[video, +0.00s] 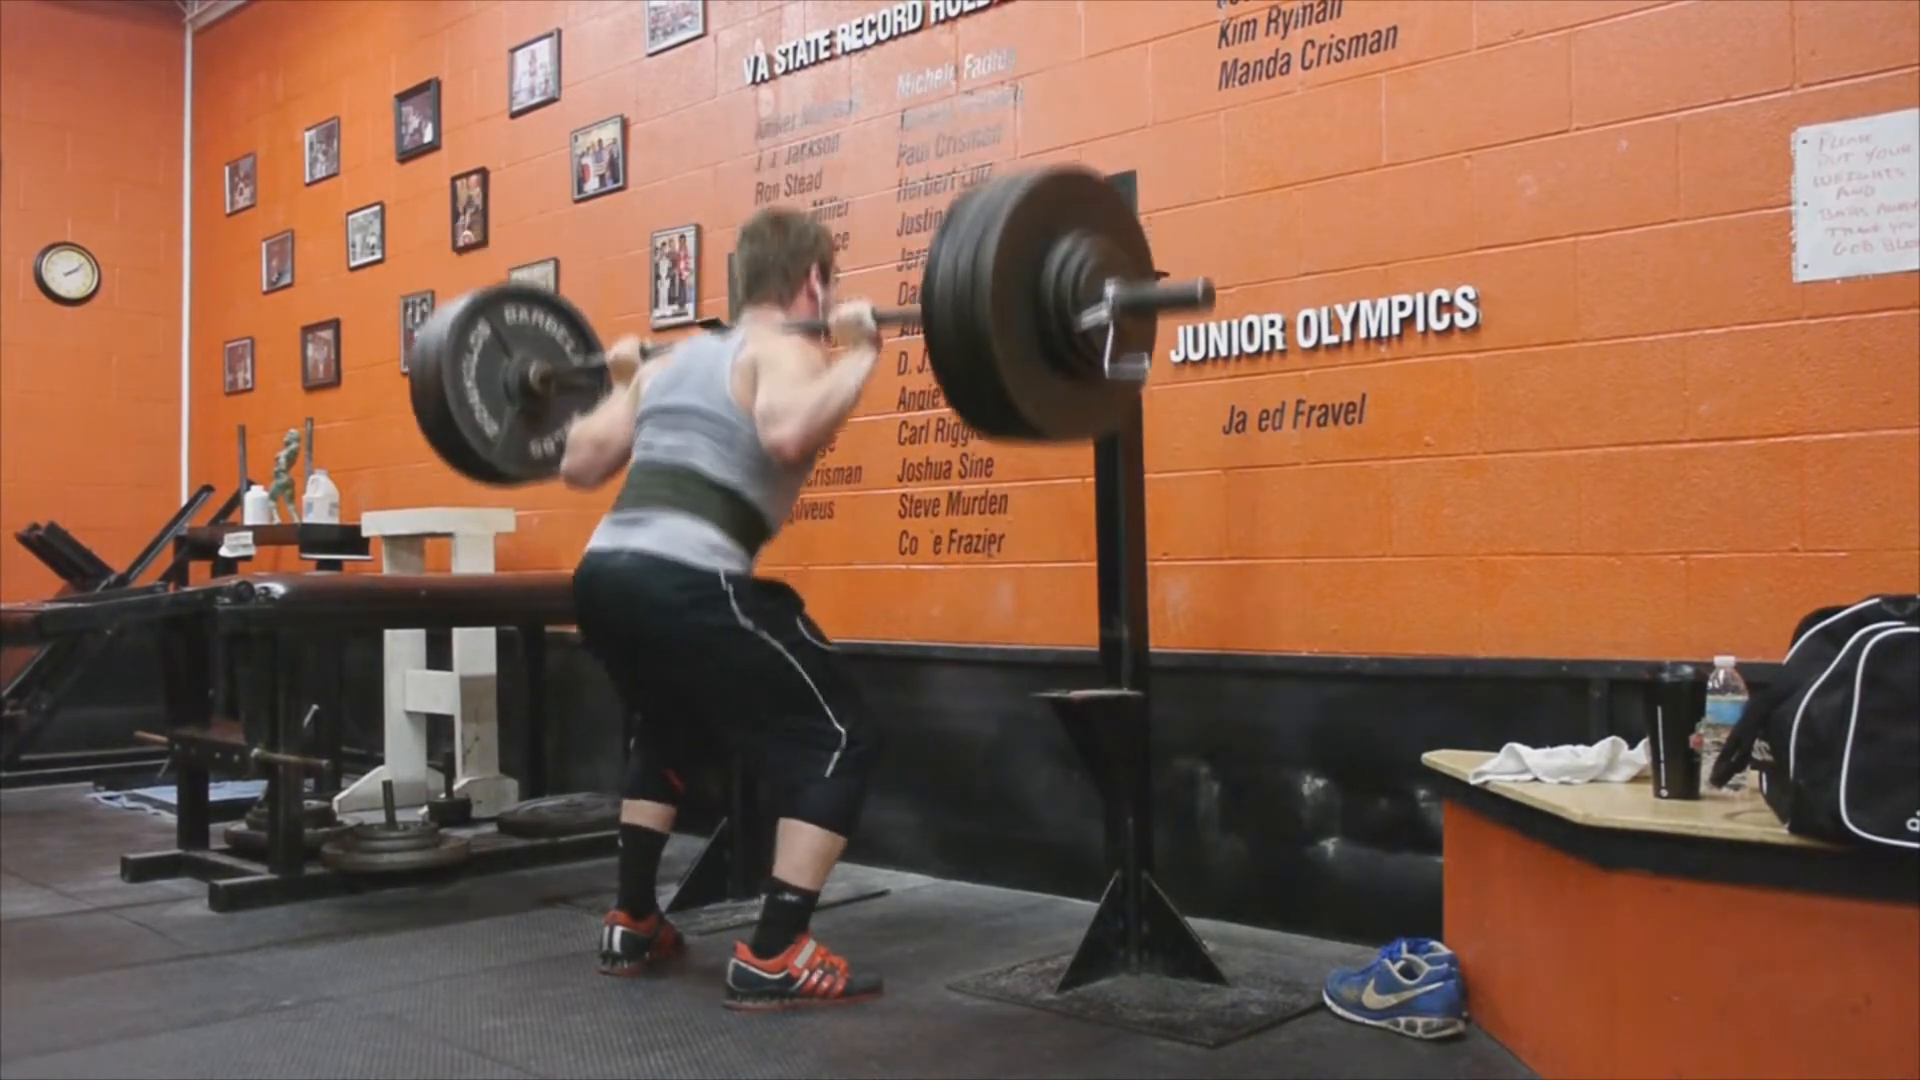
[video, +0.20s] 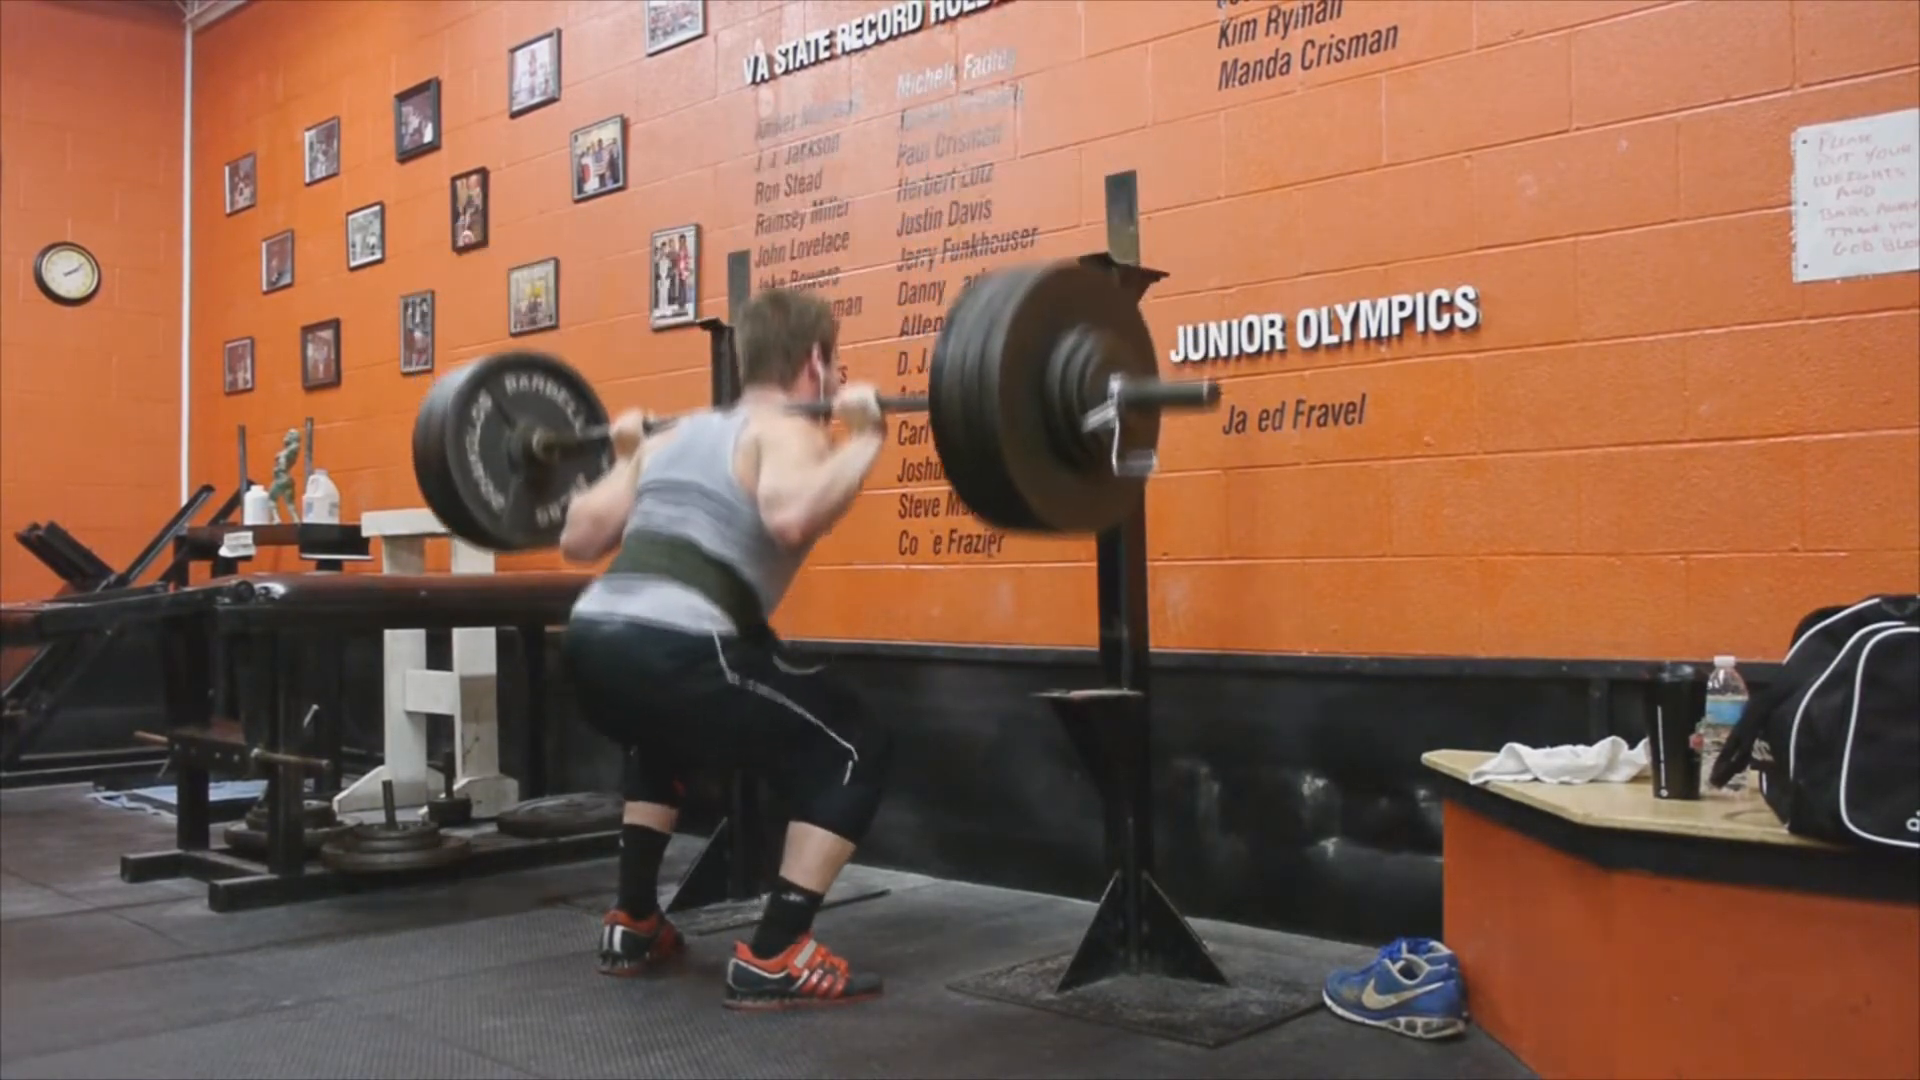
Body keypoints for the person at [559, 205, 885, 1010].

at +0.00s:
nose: (833, 294)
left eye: (830, 280)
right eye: (830, 281)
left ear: (743, 285)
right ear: (808, 283)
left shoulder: (676, 359)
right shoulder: (788, 347)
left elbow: (580, 463)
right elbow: (786, 434)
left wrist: (624, 381)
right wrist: (861, 351)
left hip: (605, 578)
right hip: (691, 585)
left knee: (662, 725)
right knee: (838, 734)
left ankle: (633, 920)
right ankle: (776, 947)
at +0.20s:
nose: (835, 373)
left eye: (837, 361)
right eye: (834, 360)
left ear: (744, 363)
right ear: (815, 363)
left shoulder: (675, 434)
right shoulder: (789, 427)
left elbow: (579, 540)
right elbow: (790, 515)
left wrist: (625, 454)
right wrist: (864, 440)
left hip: (594, 642)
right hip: (687, 654)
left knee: (665, 735)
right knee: (853, 750)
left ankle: (634, 920)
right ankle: (776, 949)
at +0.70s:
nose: (834, 497)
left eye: (833, 481)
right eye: (832, 481)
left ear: (743, 492)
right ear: (815, 487)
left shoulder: (677, 563)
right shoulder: (794, 561)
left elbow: (585, 671)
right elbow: (795, 667)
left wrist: (629, 579)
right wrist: (870, 573)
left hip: (607, 797)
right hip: (706, 803)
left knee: (672, 744)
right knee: (896, 772)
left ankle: (636, 917)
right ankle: (776, 949)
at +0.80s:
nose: (835, 475)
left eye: (835, 460)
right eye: (834, 460)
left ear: (746, 464)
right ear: (816, 464)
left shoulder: (676, 537)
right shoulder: (796, 536)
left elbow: (580, 637)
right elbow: (794, 628)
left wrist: (627, 554)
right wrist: (870, 543)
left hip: (607, 766)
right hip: (700, 773)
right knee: (881, 772)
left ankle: (636, 915)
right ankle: (775, 949)